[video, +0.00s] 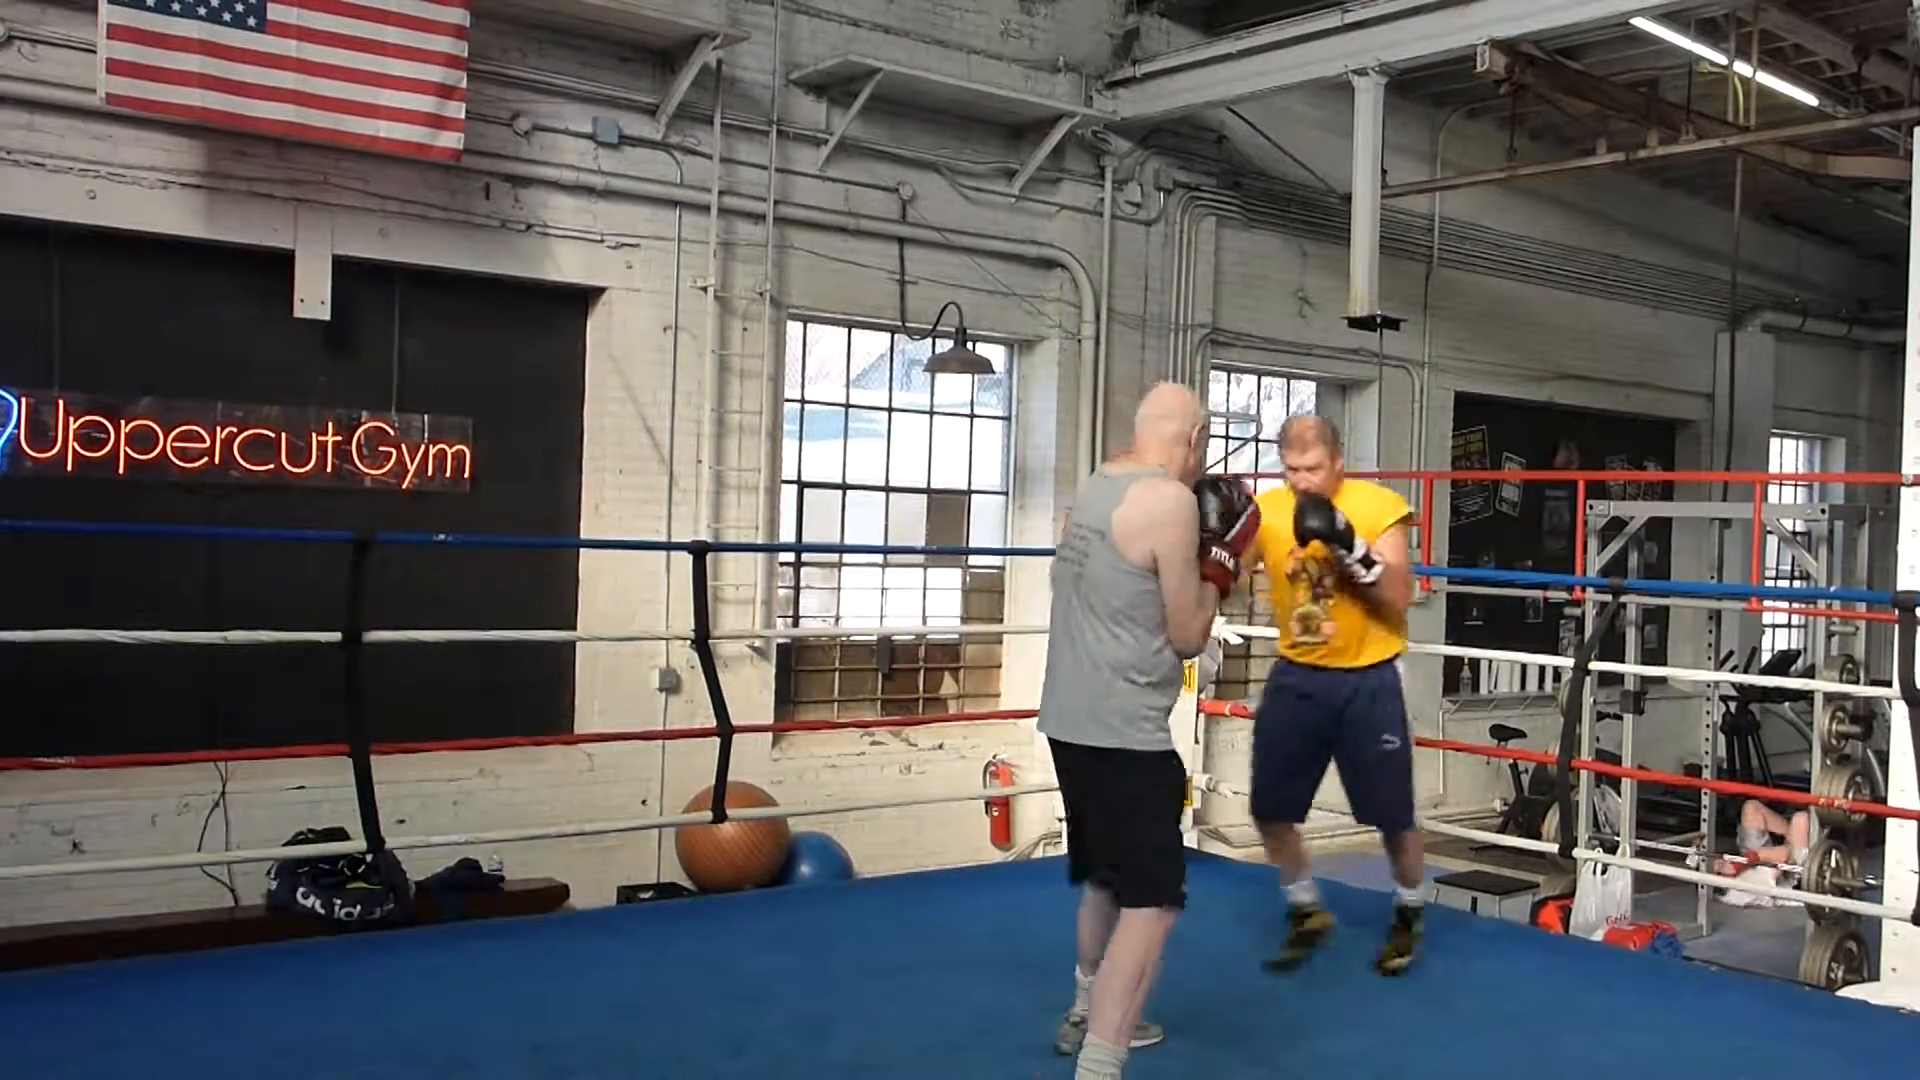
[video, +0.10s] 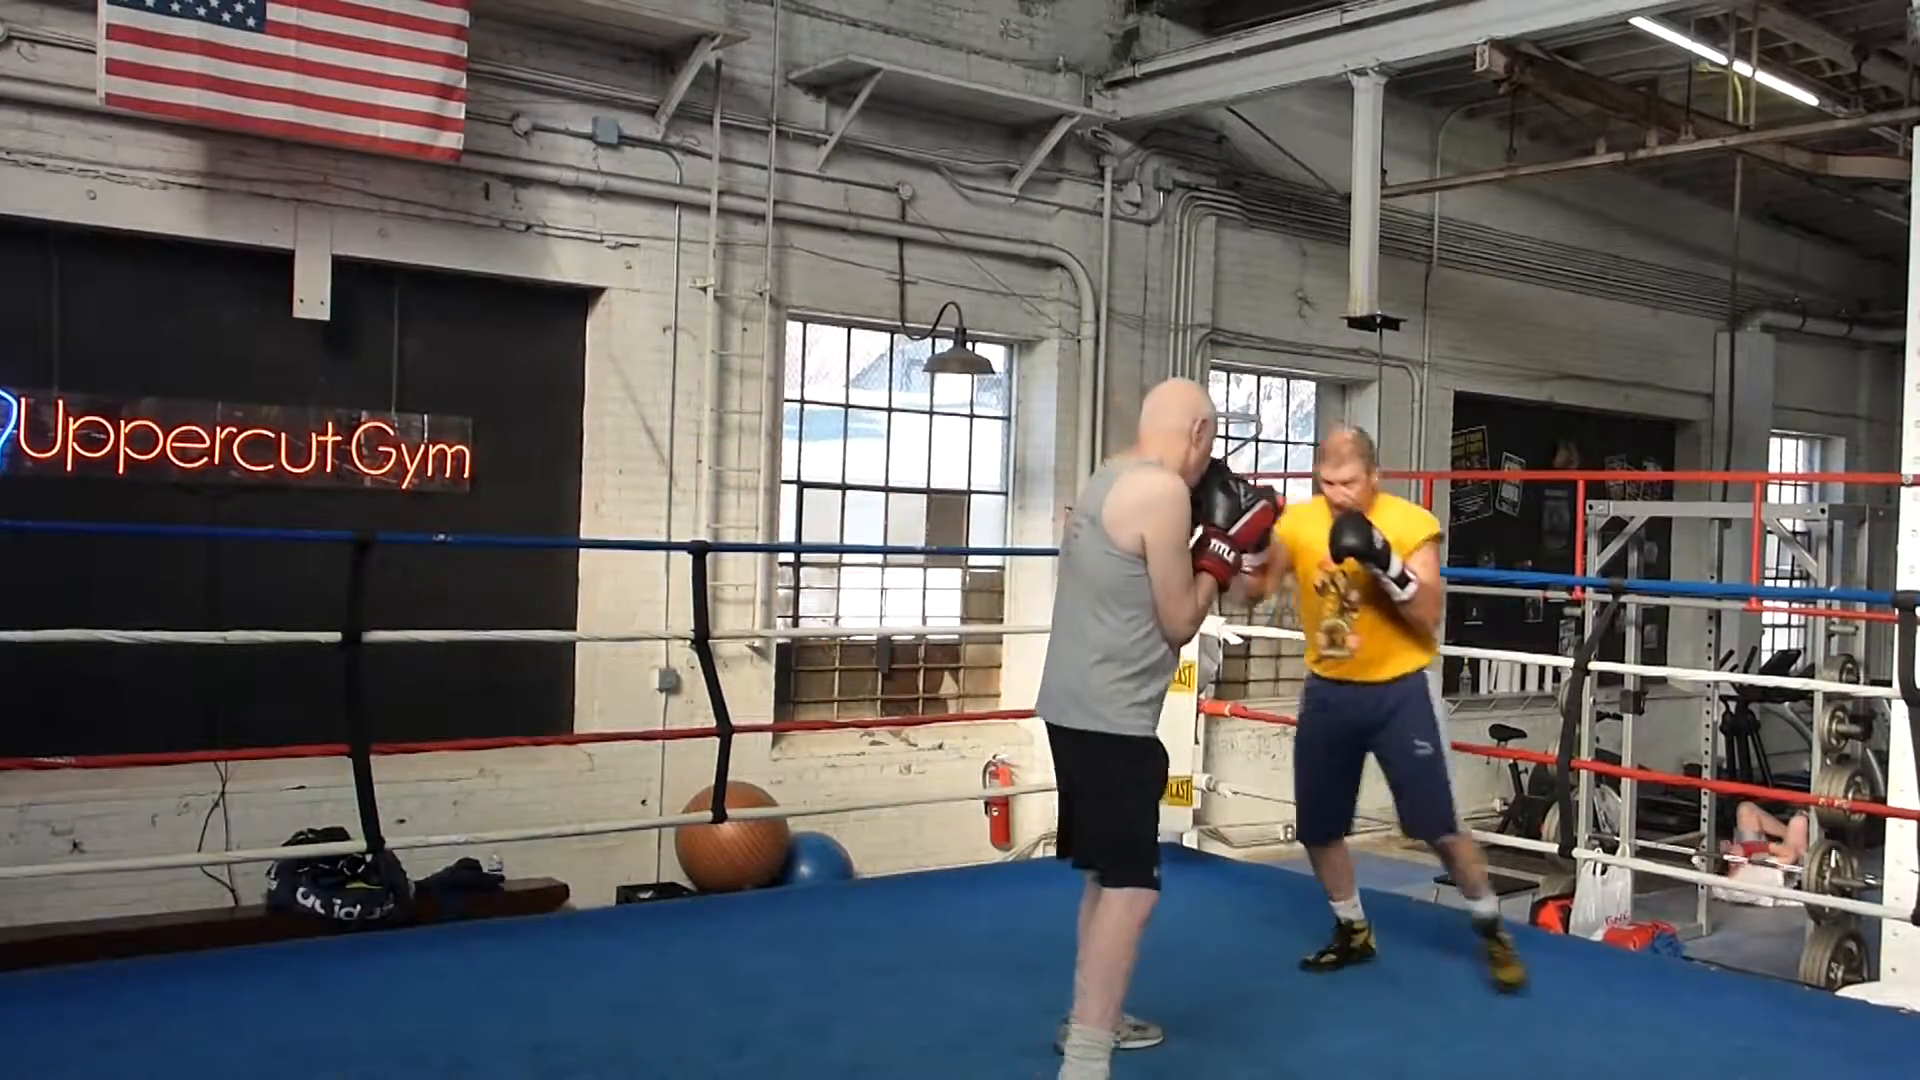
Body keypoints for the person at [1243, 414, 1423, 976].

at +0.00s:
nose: (1303, 481)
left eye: (1313, 469)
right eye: (1293, 471)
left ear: (1338, 461)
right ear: (1281, 466)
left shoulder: (1376, 505)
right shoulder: (1266, 510)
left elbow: (1399, 598)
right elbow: (1226, 581)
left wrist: (1351, 551)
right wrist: (1224, 533)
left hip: (1369, 683)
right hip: (1296, 681)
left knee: (1393, 816)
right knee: (1272, 809)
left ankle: (1409, 916)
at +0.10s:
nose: (1340, 494)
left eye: (1351, 483)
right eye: (1330, 484)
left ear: (1375, 476)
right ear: (1317, 478)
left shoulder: (1411, 525)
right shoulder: (1295, 522)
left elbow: (1429, 621)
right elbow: (1249, 592)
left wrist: (1383, 566)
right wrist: (1238, 535)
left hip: (1401, 694)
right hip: (1327, 696)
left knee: (1438, 825)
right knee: (1320, 825)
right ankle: (1352, 932)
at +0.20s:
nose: (1375, 516)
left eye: (1386, 505)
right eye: (1367, 505)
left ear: (1410, 498)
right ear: (1354, 499)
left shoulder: (1445, 550)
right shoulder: (1334, 544)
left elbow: (1455, 646)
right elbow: (1294, 610)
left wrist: (1412, 593)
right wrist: (1287, 567)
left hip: (1434, 718)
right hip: (1358, 716)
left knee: (1489, 846)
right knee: (1320, 832)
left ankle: (1563, 950)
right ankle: (1353, 935)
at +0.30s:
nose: (1412, 523)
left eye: (1423, 509)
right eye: (1404, 512)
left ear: (1454, 500)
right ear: (1396, 508)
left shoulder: (1494, 554)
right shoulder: (1387, 551)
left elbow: (1492, 647)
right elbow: (1336, 620)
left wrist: (1434, 586)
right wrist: (1327, 574)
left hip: (1481, 725)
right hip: (1402, 719)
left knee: (1522, 857)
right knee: (1349, 833)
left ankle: (1578, 962)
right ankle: (1357, 939)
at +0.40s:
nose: (1446, 499)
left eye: (1457, 485)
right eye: (1439, 487)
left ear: (1493, 477)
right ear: (1435, 486)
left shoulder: (1535, 525)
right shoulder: (1436, 536)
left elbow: (1534, 613)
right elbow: (1381, 602)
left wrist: (1466, 556)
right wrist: (1370, 553)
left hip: (1528, 706)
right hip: (1451, 704)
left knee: (1556, 843)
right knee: (1410, 827)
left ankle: (1588, 960)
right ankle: (1393, 941)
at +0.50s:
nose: (1479, 478)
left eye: (1489, 464)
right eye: (1471, 468)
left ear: (1524, 456)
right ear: (1466, 468)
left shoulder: (1567, 506)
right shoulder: (1473, 520)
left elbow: (1572, 595)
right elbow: (1419, 584)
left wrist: (1507, 539)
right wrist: (1407, 534)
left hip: (1564, 686)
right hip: (1491, 686)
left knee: (1580, 827)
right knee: (1471, 818)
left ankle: (1622, 949)